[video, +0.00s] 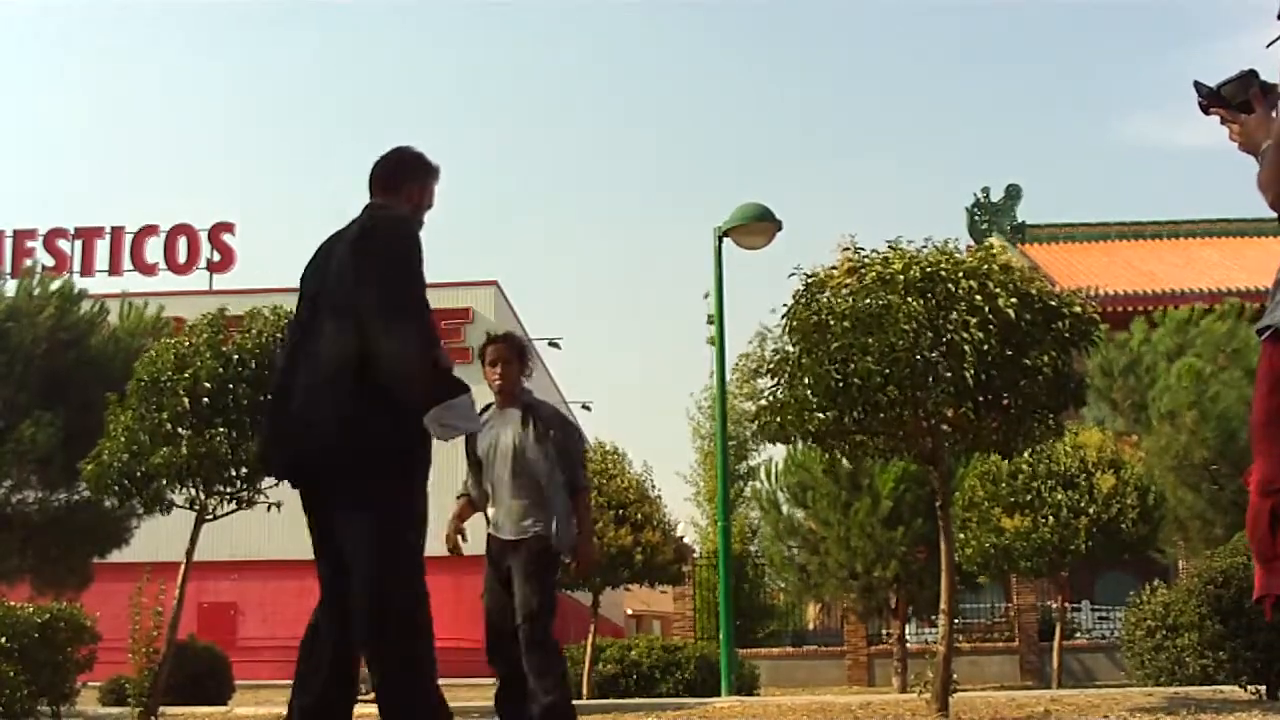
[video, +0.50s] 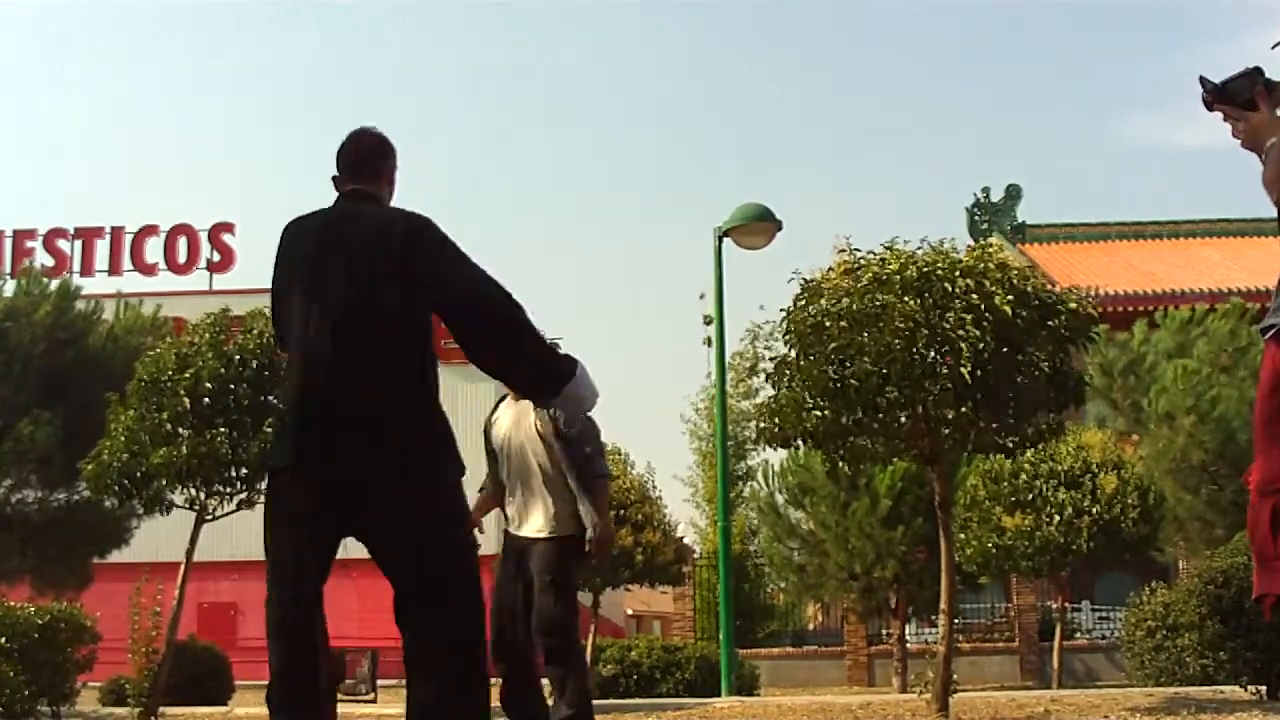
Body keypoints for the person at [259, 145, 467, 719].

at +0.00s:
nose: (426, 213)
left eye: (428, 202)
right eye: (425, 201)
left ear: (377, 187)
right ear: (407, 190)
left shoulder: (330, 250)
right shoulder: (392, 237)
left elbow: (305, 353)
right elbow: (402, 340)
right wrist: (449, 401)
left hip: (324, 448)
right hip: (380, 449)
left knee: (340, 597)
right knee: (396, 596)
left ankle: (314, 710)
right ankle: (417, 710)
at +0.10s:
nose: (444, 212)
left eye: (447, 201)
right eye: (446, 200)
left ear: (394, 184)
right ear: (433, 190)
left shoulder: (345, 241)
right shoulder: (414, 232)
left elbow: (307, 347)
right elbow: (408, 354)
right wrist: (448, 365)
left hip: (325, 447)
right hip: (391, 450)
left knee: (327, 595)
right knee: (407, 603)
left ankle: (307, 712)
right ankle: (419, 713)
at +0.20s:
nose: (452, 204)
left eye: (454, 195)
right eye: (453, 194)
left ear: (397, 182)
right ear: (443, 185)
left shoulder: (348, 237)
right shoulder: (428, 224)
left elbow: (311, 342)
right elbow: (420, 328)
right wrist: (450, 421)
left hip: (327, 437)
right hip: (404, 438)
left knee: (307, 588)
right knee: (427, 596)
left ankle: (280, 710)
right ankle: (426, 710)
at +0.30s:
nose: (437, 195)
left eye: (435, 187)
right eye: (438, 186)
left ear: (385, 178)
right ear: (433, 179)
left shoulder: (333, 237)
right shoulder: (432, 224)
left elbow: (325, 338)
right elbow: (456, 327)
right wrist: (488, 382)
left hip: (328, 434)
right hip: (409, 435)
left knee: (301, 580)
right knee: (432, 587)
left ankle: (262, 710)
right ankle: (437, 710)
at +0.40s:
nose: (414, 190)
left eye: (405, 181)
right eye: (417, 181)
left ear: (362, 177)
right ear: (415, 178)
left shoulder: (318, 238)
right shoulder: (426, 229)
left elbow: (313, 330)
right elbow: (481, 326)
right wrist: (540, 393)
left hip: (323, 437)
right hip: (413, 439)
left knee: (296, 581)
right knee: (441, 588)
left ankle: (277, 705)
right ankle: (443, 709)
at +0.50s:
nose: (389, 187)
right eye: (392, 179)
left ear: (337, 179)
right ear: (392, 178)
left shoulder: (296, 236)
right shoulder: (413, 233)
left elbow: (286, 334)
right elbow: (486, 316)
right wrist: (558, 377)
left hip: (307, 452)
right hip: (403, 451)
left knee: (290, 607)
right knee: (441, 609)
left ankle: (298, 716)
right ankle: (447, 713)